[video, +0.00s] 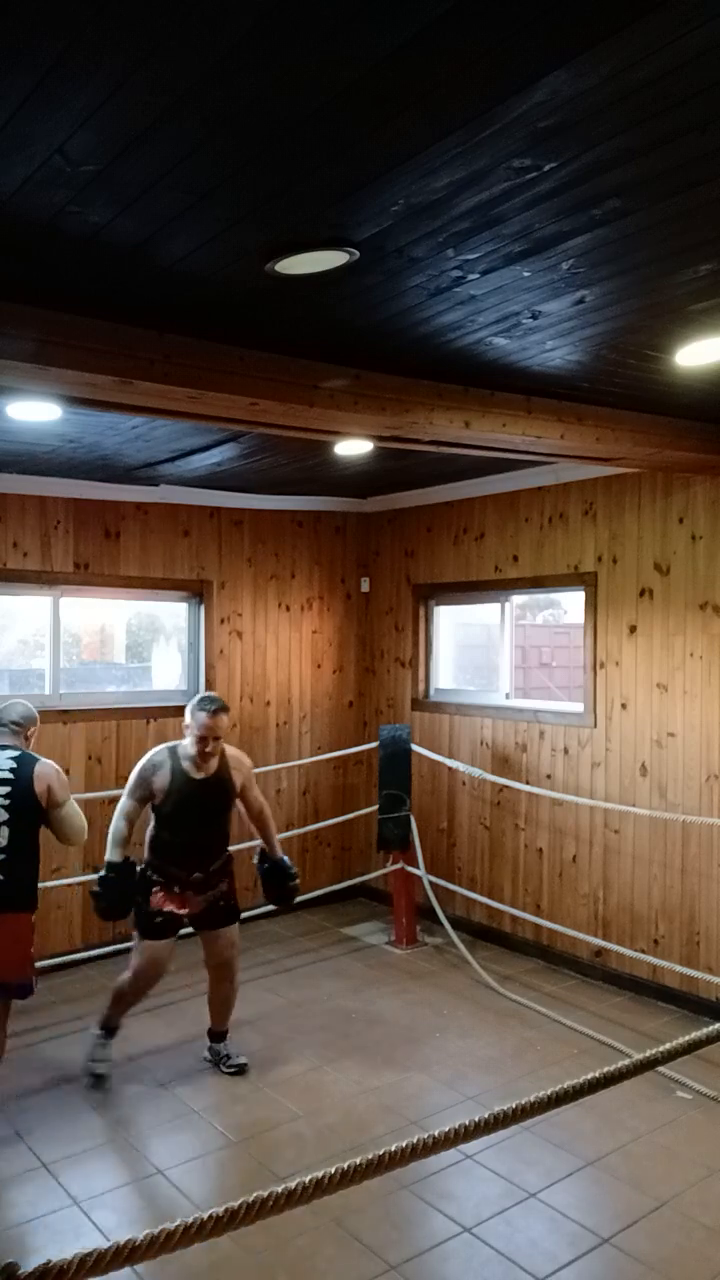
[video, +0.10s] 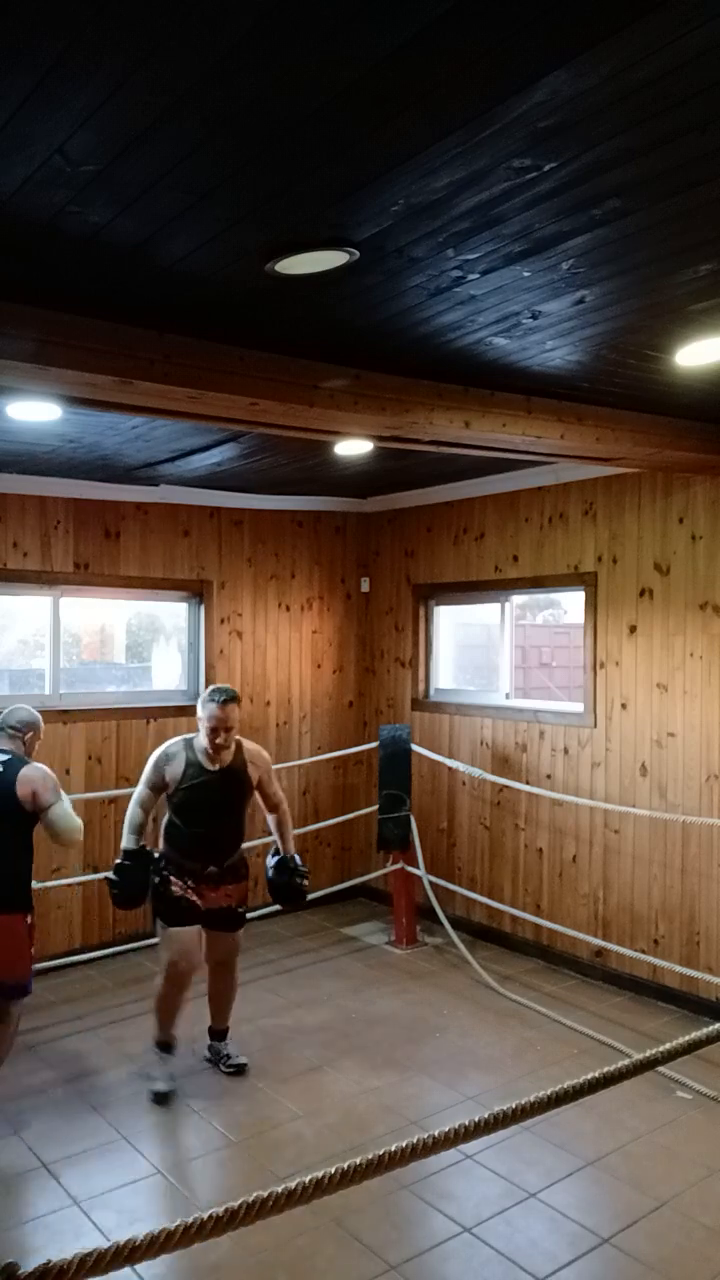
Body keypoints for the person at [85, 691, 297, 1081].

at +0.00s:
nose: (207, 747)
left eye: (215, 738)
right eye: (200, 738)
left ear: (226, 732)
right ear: (185, 728)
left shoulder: (237, 765)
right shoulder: (157, 765)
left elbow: (257, 809)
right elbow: (124, 817)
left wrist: (275, 858)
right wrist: (113, 868)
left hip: (214, 877)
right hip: (163, 879)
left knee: (225, 963)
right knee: (148, 969)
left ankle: (218, 1045)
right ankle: (104, 1034)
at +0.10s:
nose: (217, 738)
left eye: (226, 729)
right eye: (210, 728)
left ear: (238, 725)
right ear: (197, 721)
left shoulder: (254, 759)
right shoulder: (170, 758)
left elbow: (276, 806)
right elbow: (141, 806)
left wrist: (288, 857)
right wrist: (129, 857)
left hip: (227, 871)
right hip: (176, 871)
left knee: (224, 960)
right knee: (184, 962)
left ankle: (218, 1043)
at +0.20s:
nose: (226, 740)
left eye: (234, 732)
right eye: (219, 732)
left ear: (248, 726)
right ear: (207, 726)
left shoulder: (267, 763)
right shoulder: (181, 763)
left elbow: (297, 807)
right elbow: (155, 808)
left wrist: (289, 852)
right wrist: (143, 859)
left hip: (242, 880)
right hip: (192, 880)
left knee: (229, 971)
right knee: (205, 980)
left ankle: (221, 1042)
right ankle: (214, 1085)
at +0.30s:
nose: (234, 753)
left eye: (242, 743)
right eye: (226, 744)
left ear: (257, 735)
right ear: (215, 738)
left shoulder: (279, 773)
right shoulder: (193, 777)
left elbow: (316, 820)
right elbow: (166, 825)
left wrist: (281, 843)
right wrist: (154, 877)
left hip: (258, 894)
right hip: (209, 895)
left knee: (235, 977)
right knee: (232, 997)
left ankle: (218, 1039)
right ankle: (250, 1099)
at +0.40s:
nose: (233, 758)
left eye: (240, 748)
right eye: (224, 750)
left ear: (258, 737)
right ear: (216, 745)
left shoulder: (287, 775)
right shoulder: (201, 786)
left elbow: (326, 824)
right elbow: (176, 843)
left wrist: (274, 819)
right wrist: (166, 897)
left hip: (275, 904)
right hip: (224, 906)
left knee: (261, 990)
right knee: (251, 1004)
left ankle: (225, 1032)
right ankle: (265, 1114)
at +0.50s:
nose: (231, 756)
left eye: (238, 747)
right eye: (223, 748)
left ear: (259, 736)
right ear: (216, 743)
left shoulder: (295, 770)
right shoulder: (209, 784)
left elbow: (334, 823)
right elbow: (190, 842)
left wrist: (272, 806)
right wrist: (179, 901)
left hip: (292, 905)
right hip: (237, 910)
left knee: (294, 1010)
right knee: (259, 1012)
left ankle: (253, 1018)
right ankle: (264, 1117)